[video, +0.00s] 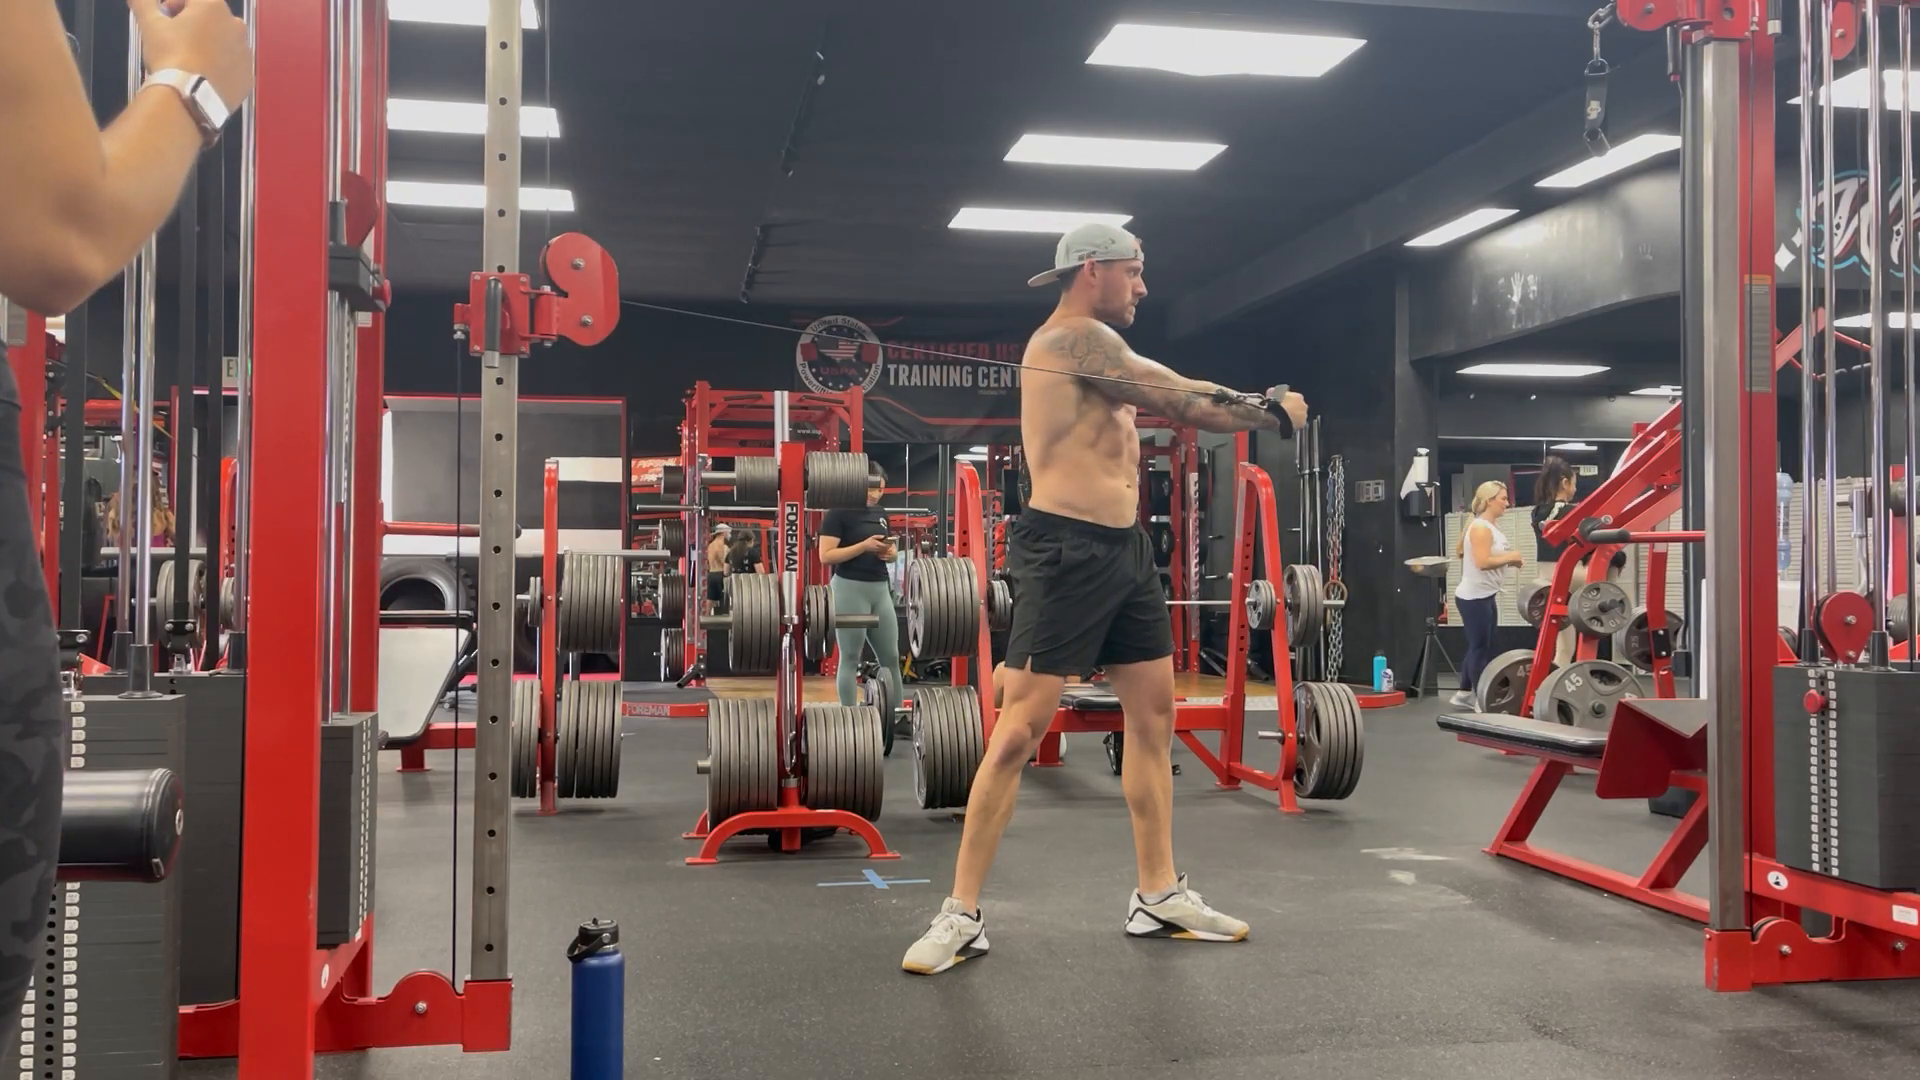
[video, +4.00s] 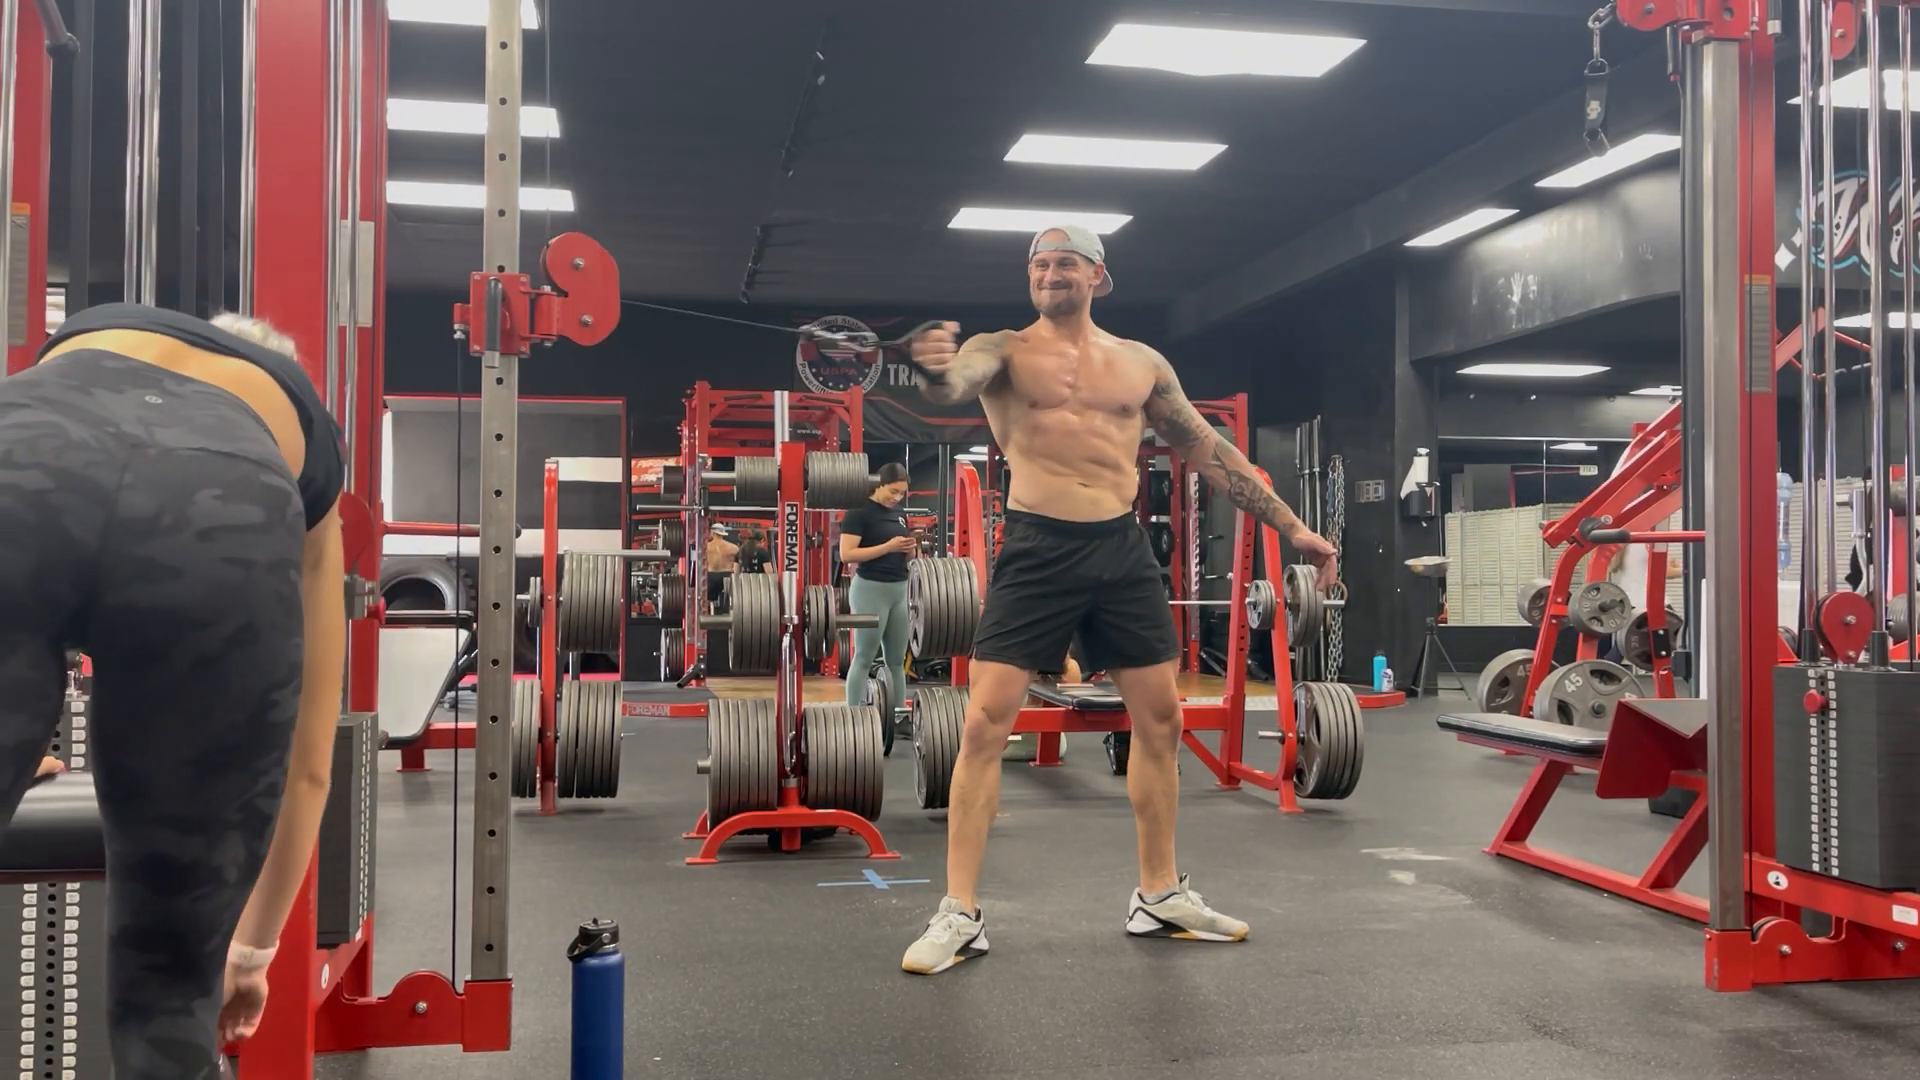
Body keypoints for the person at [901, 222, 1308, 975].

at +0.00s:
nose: (1142, 287)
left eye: (1141, 275)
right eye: (1133, 273)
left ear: (1093, 272)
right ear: (1093, 271)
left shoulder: (1100, 349)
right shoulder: (1070, 336)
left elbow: (1185, 404)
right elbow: (1165, 389)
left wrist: (1261, 408)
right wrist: (1263, 407)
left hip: (1126, 554)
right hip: (1061, 550)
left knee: (1153, 719)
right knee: (1014, 737)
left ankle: (1158, 895)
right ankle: (960, 912)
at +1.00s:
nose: (1072, 276)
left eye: (1084, 264)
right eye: (1059, 264)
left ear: (1103, 279)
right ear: (1035, 277)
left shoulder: (1140, 361)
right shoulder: (1007, 346)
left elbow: (1199, 456)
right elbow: (999, 388)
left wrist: (1267, 533)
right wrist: (1040, 377)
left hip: (1130, 550)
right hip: (1044, 550)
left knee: (1158, 716)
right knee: (998, 727)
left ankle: (1157, 894)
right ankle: (961, 910)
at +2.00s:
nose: (1112, 281)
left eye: (1119, 271)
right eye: (1097, 266)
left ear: (1119, 284)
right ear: (1055, 274)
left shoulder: (1121, 372)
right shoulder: (1024, 347)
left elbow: (1144, 474)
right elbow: (1110, 390)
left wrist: (1191, 552)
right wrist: (1248, 390)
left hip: (1124, 552)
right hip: (1046, 549)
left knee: (1152, 720)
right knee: (1000, 733)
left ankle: (1158, 894)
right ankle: (959, 910)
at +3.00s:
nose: (1106, 287)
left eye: (1116, 277)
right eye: (1092, 272)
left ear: (1120, 289)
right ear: (1053, 276)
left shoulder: (1116, 371)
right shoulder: (1027, 345)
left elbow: (1139, 472)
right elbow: (1116, 389)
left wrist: (1184, 546)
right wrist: (1255, 389)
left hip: (1126, 550)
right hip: (1050, 549)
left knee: (1151, 721)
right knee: (1005, 733)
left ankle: (1158, 894)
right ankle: (960, 910)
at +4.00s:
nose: (1052, 272)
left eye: (1067, 262)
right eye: (1042, 262)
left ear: (1098, 279)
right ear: (1029, 277)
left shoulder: (1143, 364)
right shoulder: (1001, 347)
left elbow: (1217, 456)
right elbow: (949, 385)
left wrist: (1296, 529)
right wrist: (926, 364)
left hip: (1122, 549)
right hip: (1033, 550)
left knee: (1161, 719)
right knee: (983, 724)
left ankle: (1159, 894)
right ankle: (959, 908)